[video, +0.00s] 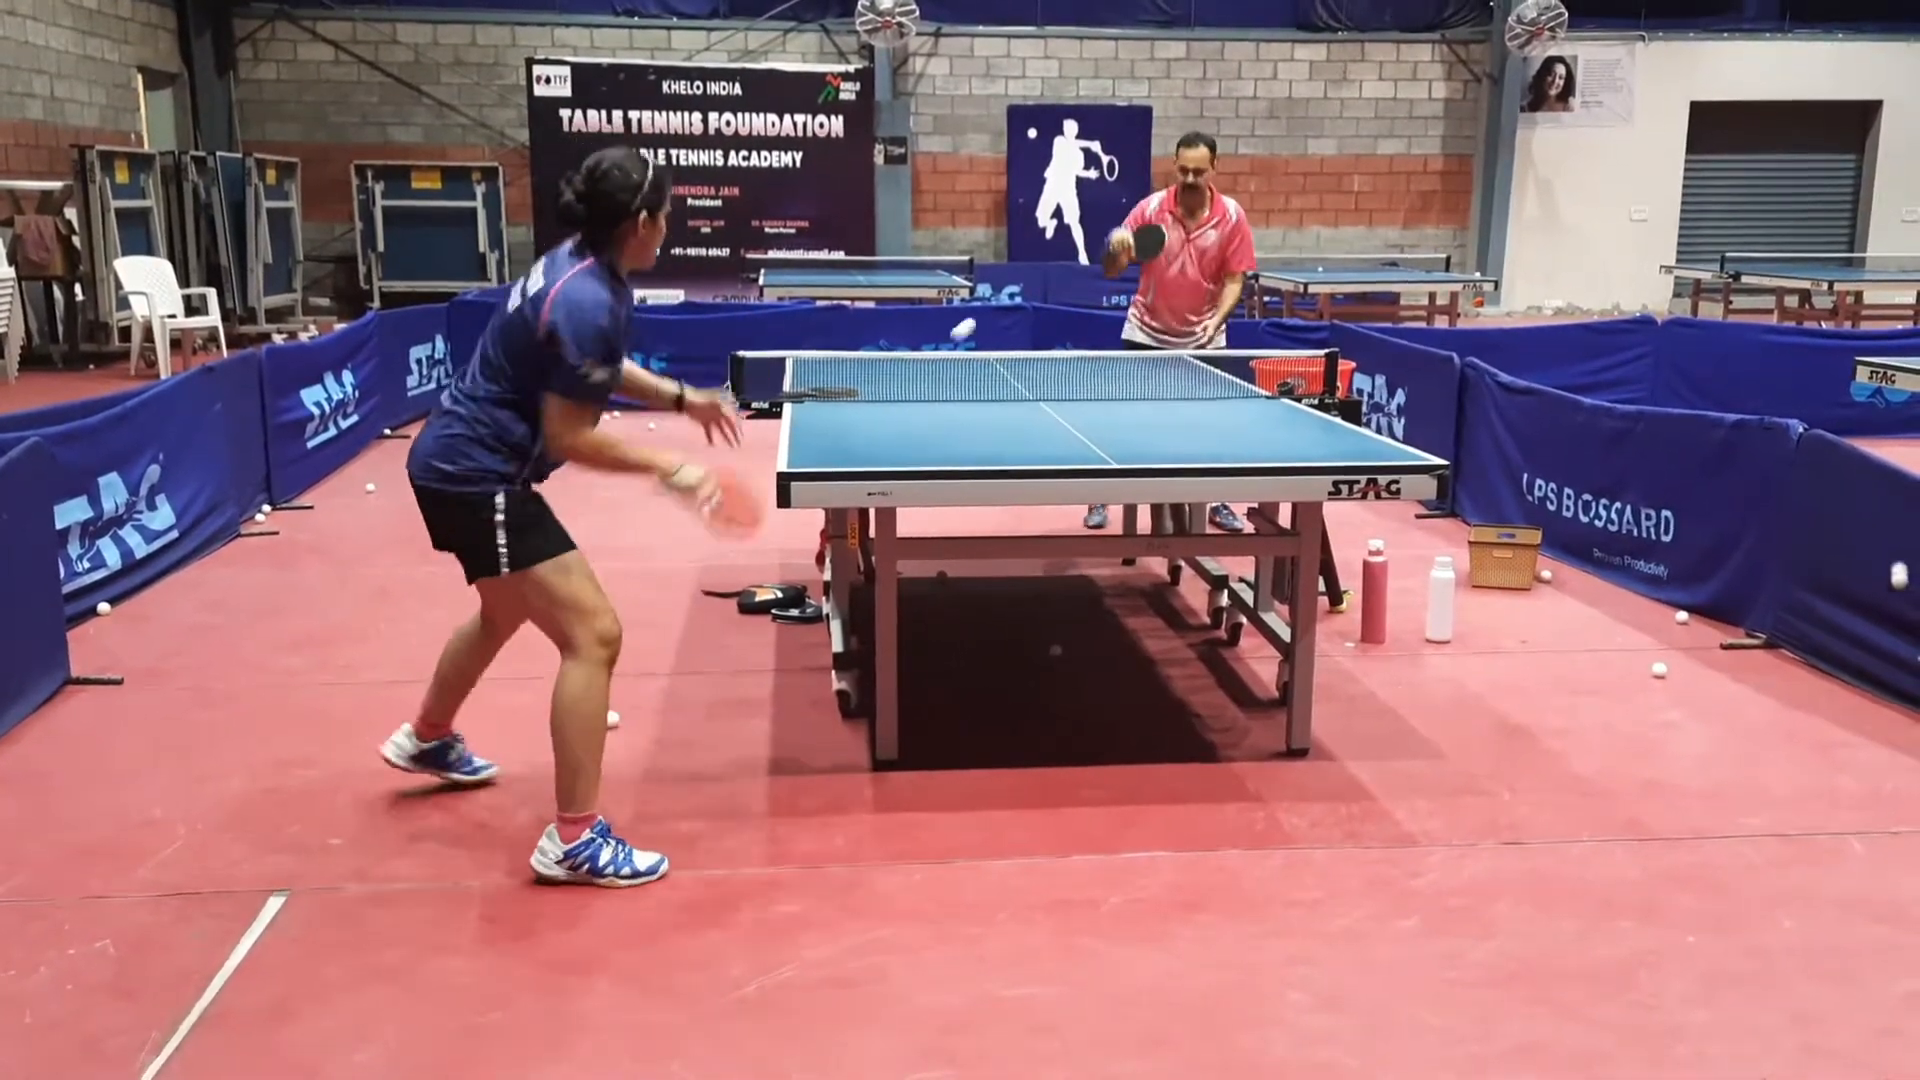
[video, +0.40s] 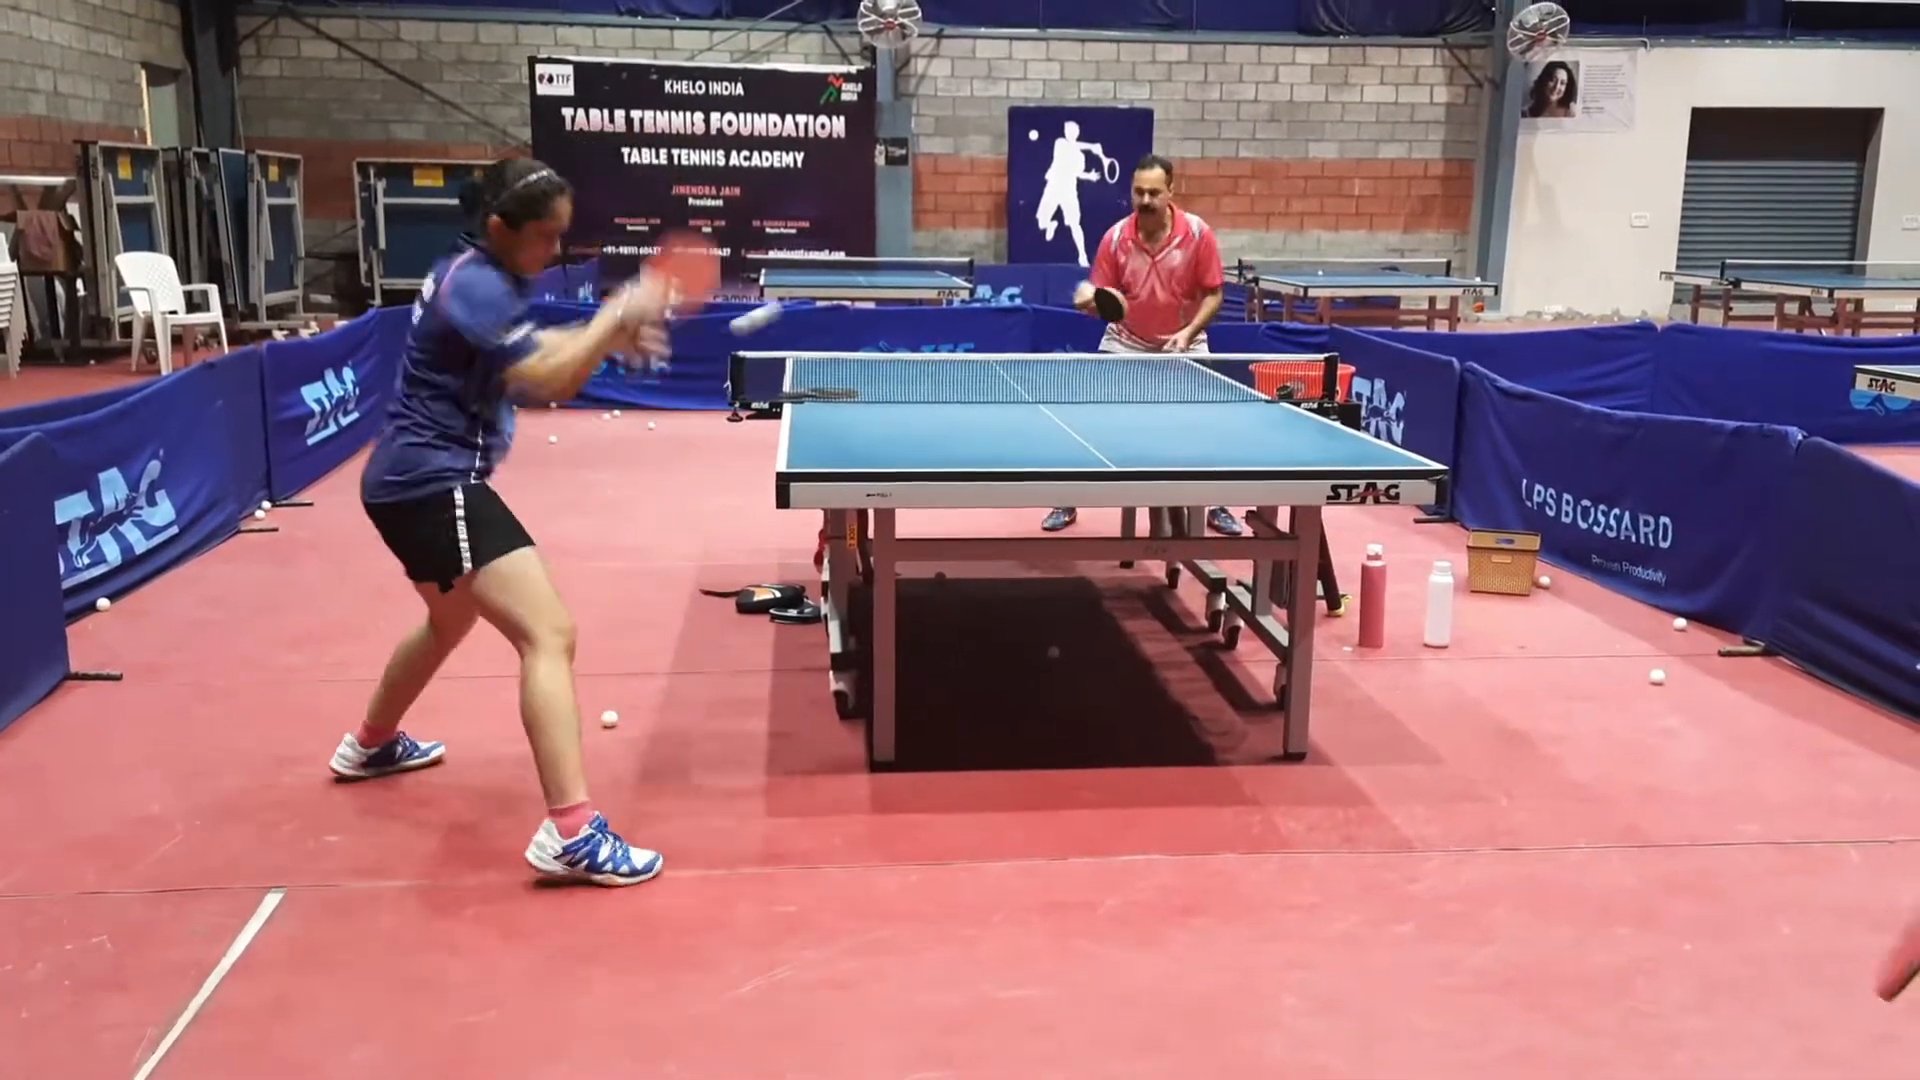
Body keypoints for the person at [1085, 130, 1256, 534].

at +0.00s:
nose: (1189, 179)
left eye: (1198, 172)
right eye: (1183, 171)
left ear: (1213, 171)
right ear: (1173, 168)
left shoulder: (1231, 216)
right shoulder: (1150, 208)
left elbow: (1235, 278)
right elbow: (1110, 270)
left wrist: (1215, 321)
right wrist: (1117, 247)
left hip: (1204, 337)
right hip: (1144, 333)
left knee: (1219, 418)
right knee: (1121, 412)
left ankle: (1216, 500)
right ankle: (1100, 498)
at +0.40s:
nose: (1144, 200)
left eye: (1153, 193)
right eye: (1138, 192)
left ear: (1170, 193)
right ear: (1131, 193)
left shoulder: (1198, 235)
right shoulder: (1116, 237)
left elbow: (1214, 295)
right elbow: (1102, 295)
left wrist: (1187, 334)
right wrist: (1090, 301)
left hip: (1183, 346)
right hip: (1123, 342)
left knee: (1207, 419)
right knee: (1086, 414)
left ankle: (1214, 503)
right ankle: (1065, 501)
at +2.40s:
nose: (1170, 216)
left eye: (1179, 209)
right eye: (1163, 208)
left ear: (1192, 207)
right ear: (1153, 205)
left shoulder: (1209, 250)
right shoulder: (1130, 247)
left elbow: (1212, 306)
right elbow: (1109, 306)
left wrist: (1199, 351)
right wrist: (1123, 313)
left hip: (1178, 363)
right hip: (1120, 361)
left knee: (1202, 438)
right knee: (1084, 430)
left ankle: (1222, 521)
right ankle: (1053, 514)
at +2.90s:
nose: (1129, 216)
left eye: (1137, 208)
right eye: (1122, 208)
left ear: (1152, 207)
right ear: (1112, 208)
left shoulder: (1175, 250)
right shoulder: (1094, 252)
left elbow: (1193, 308)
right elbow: (1071, 306)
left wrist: (1173, 339)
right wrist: (1071, 318)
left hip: (1160, 367)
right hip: (1099, 364)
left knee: (1189, 438)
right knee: (1062, 432)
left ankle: (1211, 521)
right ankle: (1039, 515)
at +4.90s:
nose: (1116, 175)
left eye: (1124, 168)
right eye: (1109, 167)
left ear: (1137, 173)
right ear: (1099, 171)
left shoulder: (1158, 225)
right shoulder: (1078, 223)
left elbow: (1164, 287)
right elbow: (1061, 287)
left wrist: (1142, 335)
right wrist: (1069, 289)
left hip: (1133, 347)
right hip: (1075, 344)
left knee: (1146, 434)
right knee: (1038, 418)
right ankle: (1013, 502)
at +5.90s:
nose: (1106, 192)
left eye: (1115, 184)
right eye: (1100, 183)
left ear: (1131, 187)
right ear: (1092, 184)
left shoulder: (1153, 233)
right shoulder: (1071, 231)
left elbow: (1166, 296)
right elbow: (1055, 289)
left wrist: (1133, 329)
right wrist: (1042, 294)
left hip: (1129, 351)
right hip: (1069, 344)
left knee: (1159, 423)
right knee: (1032, 413)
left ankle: (1174, 508)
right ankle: (1016, 498)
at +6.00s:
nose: (1093, 196)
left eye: (1102, 189)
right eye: (1087, 188)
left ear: (1120, 190)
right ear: (1079, 189)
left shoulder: (1142, 235)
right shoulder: (1060, 234)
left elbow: (1156, 300)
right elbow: (1039, 289)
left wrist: (1119, 327)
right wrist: (1030, 301)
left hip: (1120, 351)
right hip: (1062, 347)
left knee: (1126, 434)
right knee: (1028, 413)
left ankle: (1122, 540)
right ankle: (1003, 505)